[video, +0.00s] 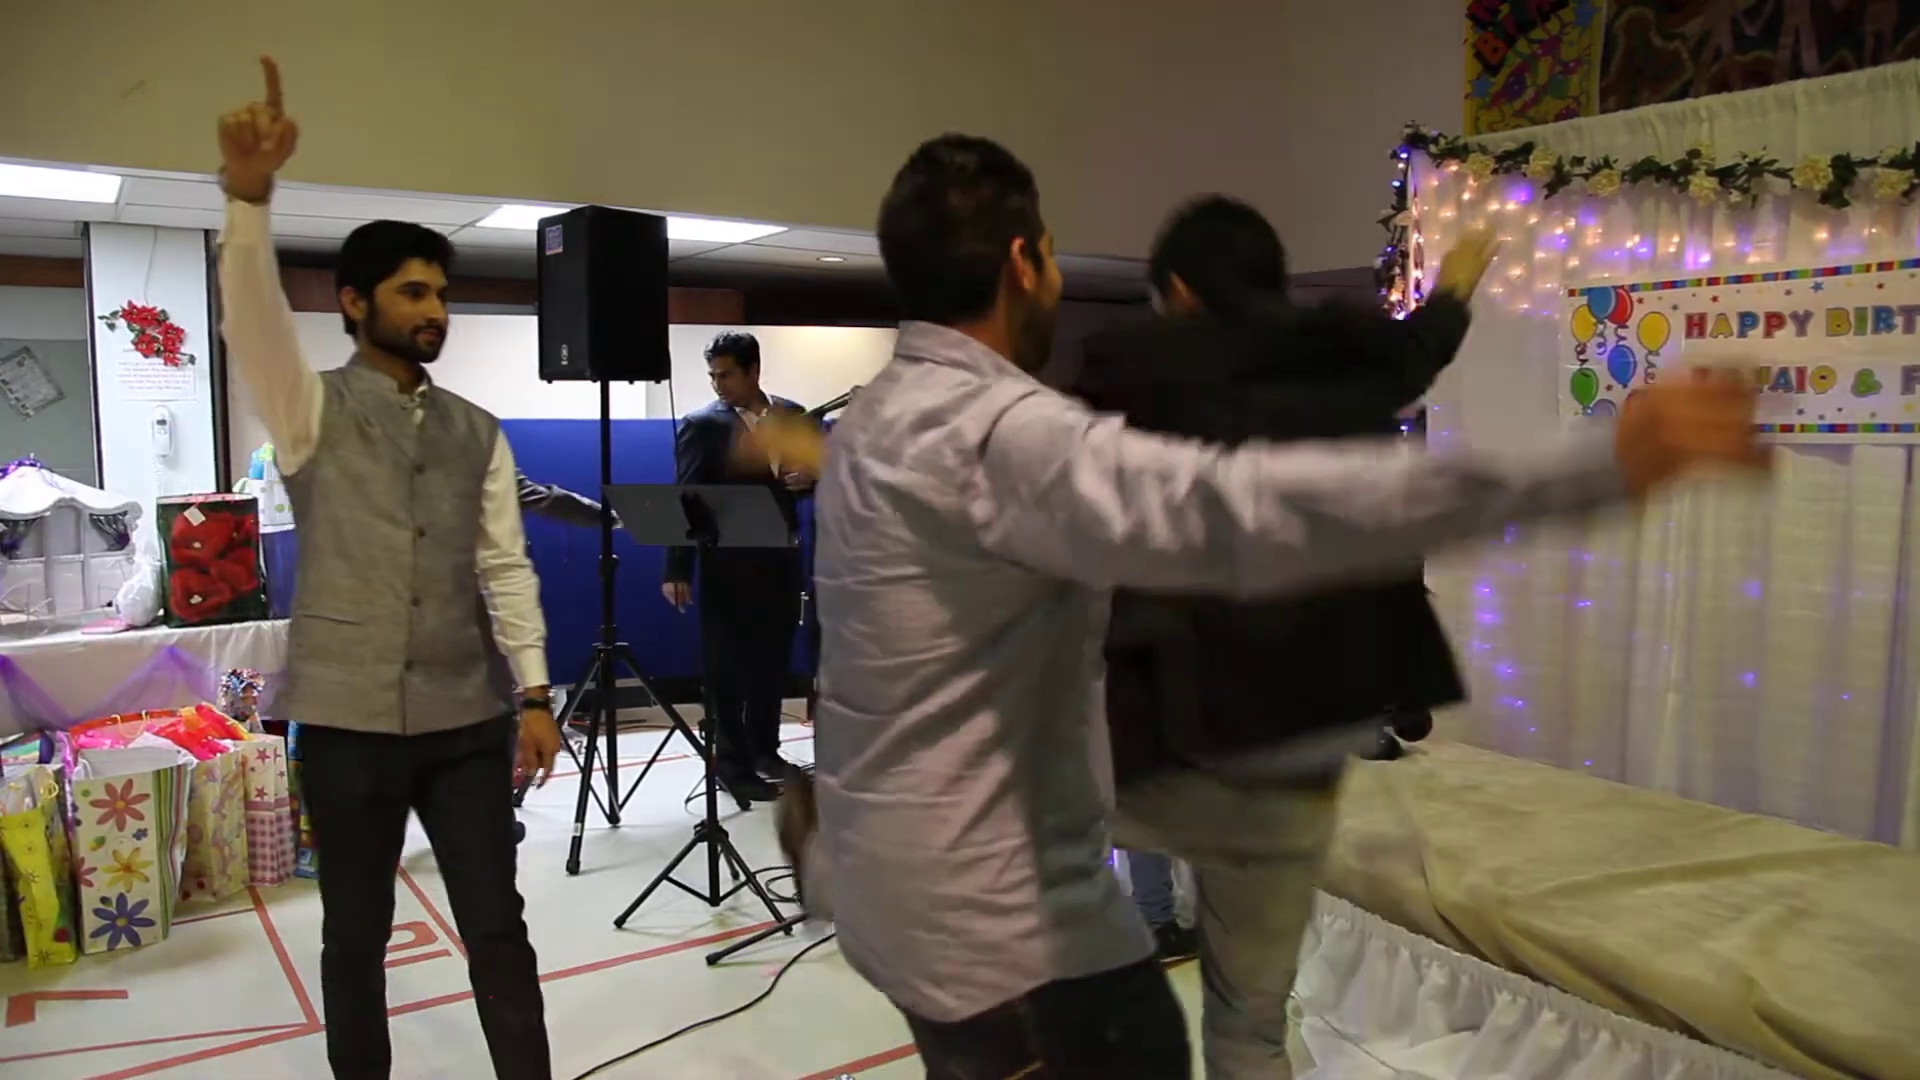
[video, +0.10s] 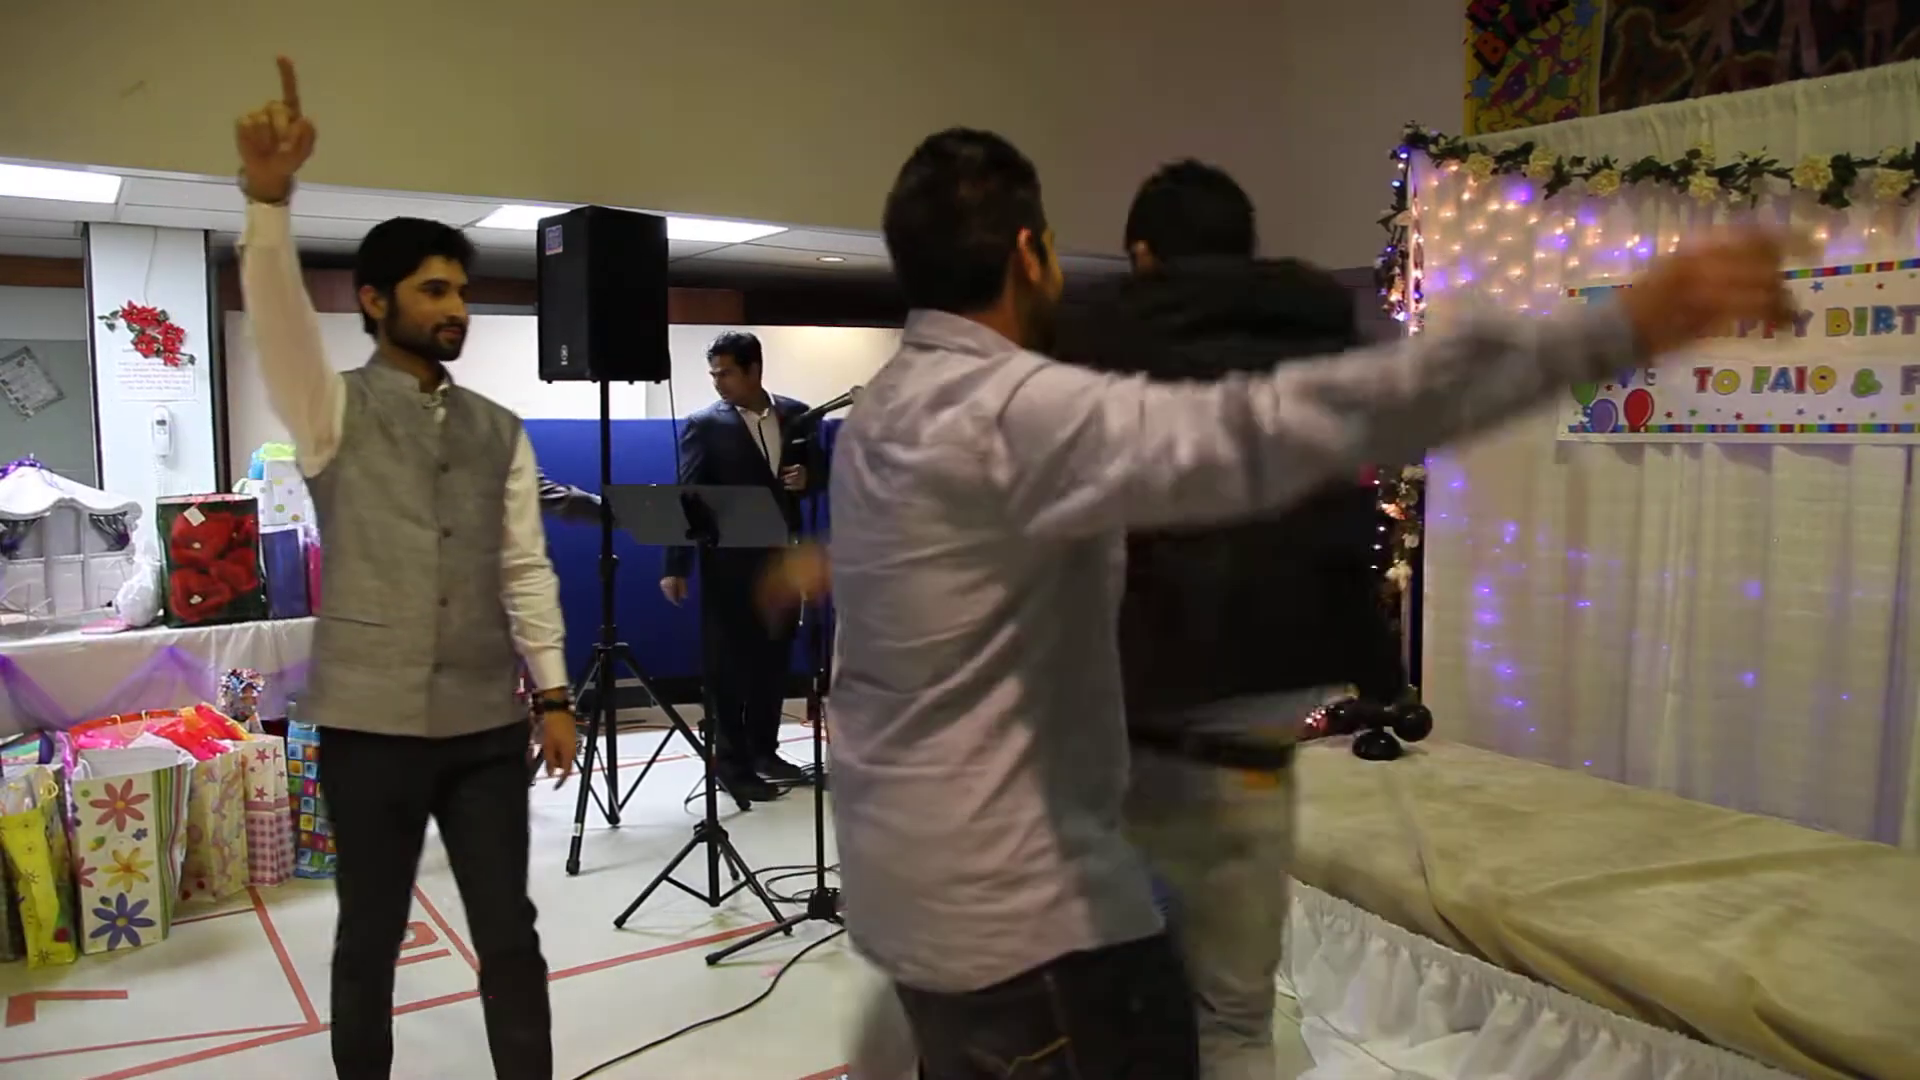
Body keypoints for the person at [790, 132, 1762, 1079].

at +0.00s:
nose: (1064, 280)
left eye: (1064, 256)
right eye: (1054, 254)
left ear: (909, 282)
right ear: (1017, 265)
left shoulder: (889, 412)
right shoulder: (978, 424)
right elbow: (1227, 513)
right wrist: (1607, 468)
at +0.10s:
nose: (1060, 266)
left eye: (1055, 245)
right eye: (1054, 243)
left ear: (909, 273)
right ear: (1024, 260)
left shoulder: (886, 406)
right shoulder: (1005, 410)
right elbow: (1267, 432)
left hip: (918, 890)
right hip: (1019, 909)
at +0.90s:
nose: (1312, 312)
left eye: (1308, 289)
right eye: (1309, 288)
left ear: (1175, 286)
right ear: (1282, 286)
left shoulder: (1065, 440)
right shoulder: (1336, 395)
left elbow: (943, 571)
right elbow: (1569, 294)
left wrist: (1073, 528)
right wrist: (1719, 85)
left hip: (1135, 893)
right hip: (1316, 897)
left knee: (1113, 1069)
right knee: (1345, 1068)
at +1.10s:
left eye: (1243, 294)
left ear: (1253, 305)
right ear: (1385, 296)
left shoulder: (1173, 445)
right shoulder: (1472, 401)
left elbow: (1053, 566)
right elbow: (1683, 318)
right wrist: (1788, 130)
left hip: (1256, 907)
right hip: (1444, 907)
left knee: (1215, 1070)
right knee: (1420, 1073)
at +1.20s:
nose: (1243, 335)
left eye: (1246, 312)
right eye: (1417, 299)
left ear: (1269, 312)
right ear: (1401, 296)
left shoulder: (1208, 436)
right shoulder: (1505, 384)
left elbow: (1068, 534)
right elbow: (1703, 314)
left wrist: (1096, 581)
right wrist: (1815, 139)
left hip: (1279, 889)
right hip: (1465, 890)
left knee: (1255, 1071)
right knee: (1436, 1076)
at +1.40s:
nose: (1240, 371)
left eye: (1242, 349)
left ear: (1273, 333)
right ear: (1371, 310)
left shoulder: (1212, 446)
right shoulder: (1496, 393)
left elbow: (1044, 478)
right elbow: (1668, 331)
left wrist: (948, 459)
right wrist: (1759, 160)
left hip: (1295, 911)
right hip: (1479, 906)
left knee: (1272, 1070)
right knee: (1441, 1070)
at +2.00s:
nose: (1073, 377)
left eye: (1074, 358)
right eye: (1074, 361)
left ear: (1097, 347)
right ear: (1197, 335)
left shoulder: (1036, 431)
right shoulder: (1300, 407)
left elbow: (893, 411)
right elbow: (1452, 334)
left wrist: (784, 344)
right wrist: (1520, 174)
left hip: (1079, 875)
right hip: (1250, 871)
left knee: (1052, 1073)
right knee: (1261, 1071)